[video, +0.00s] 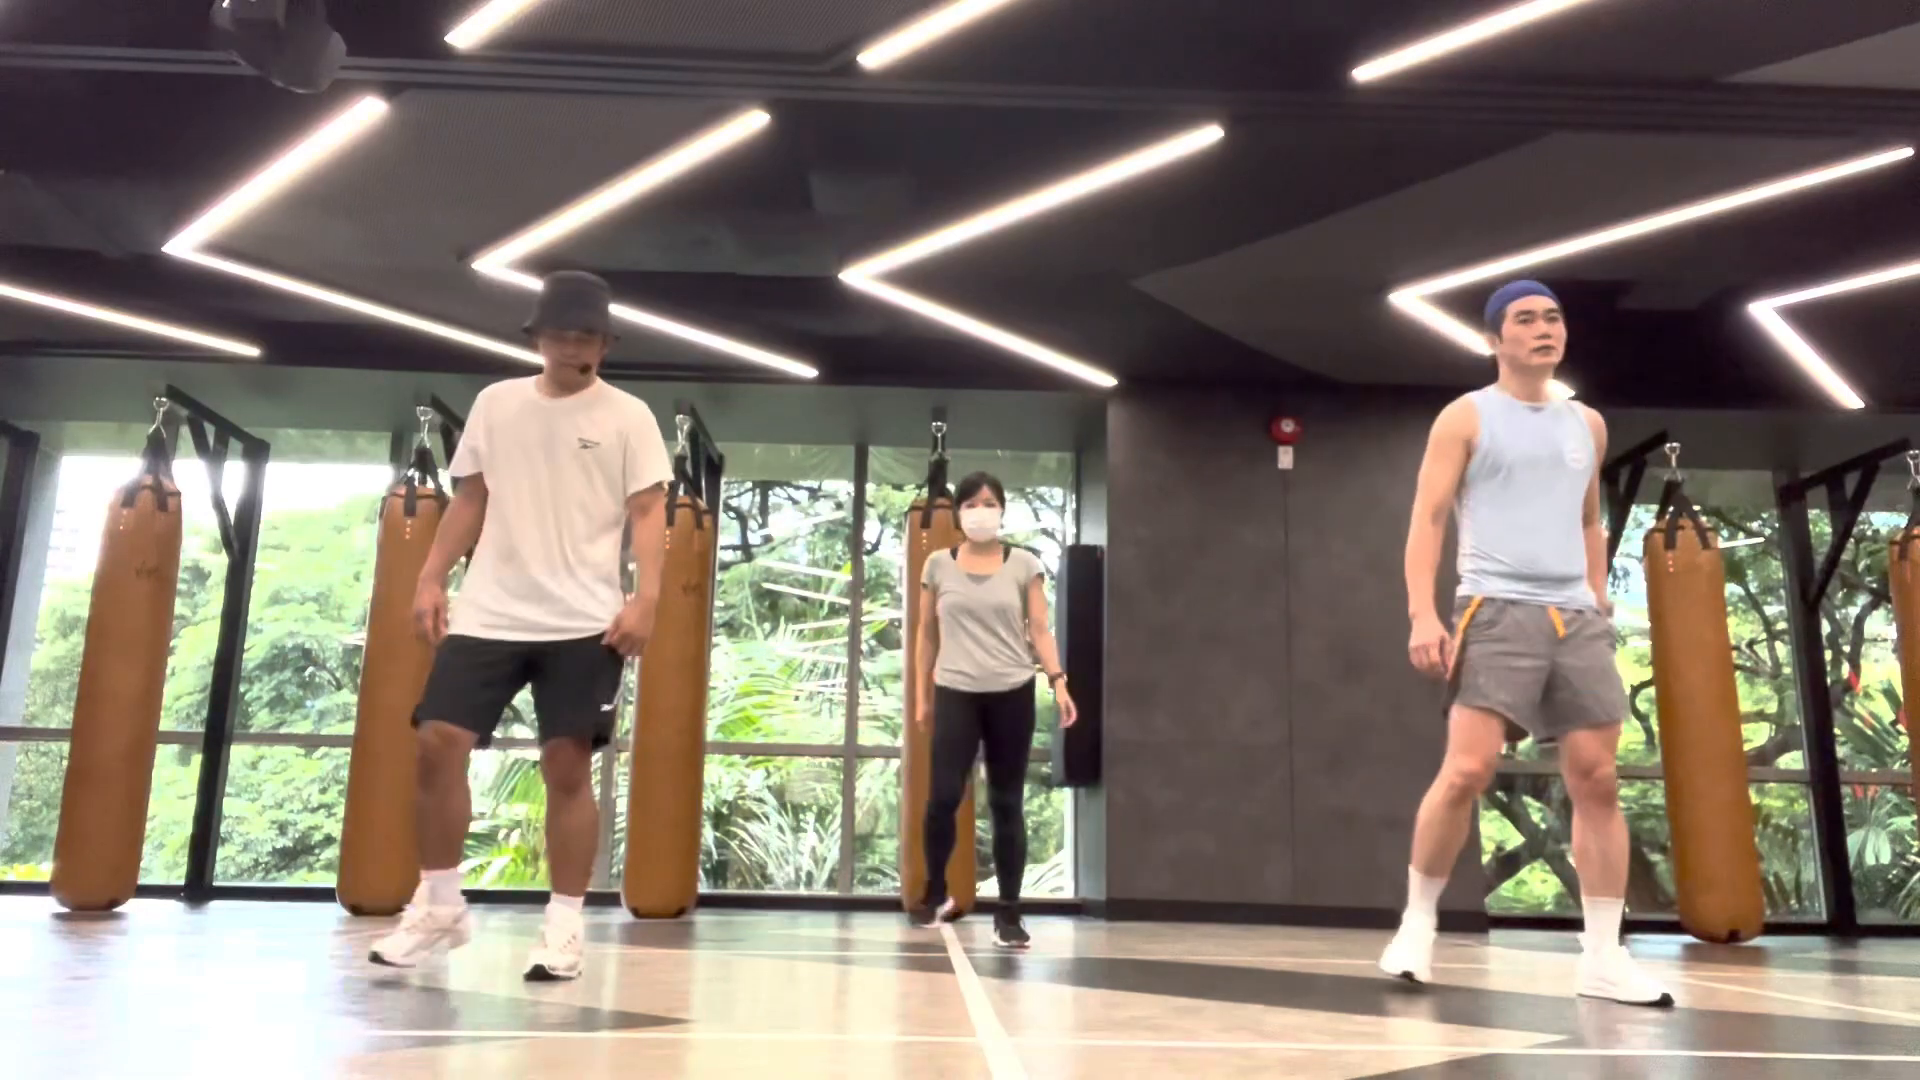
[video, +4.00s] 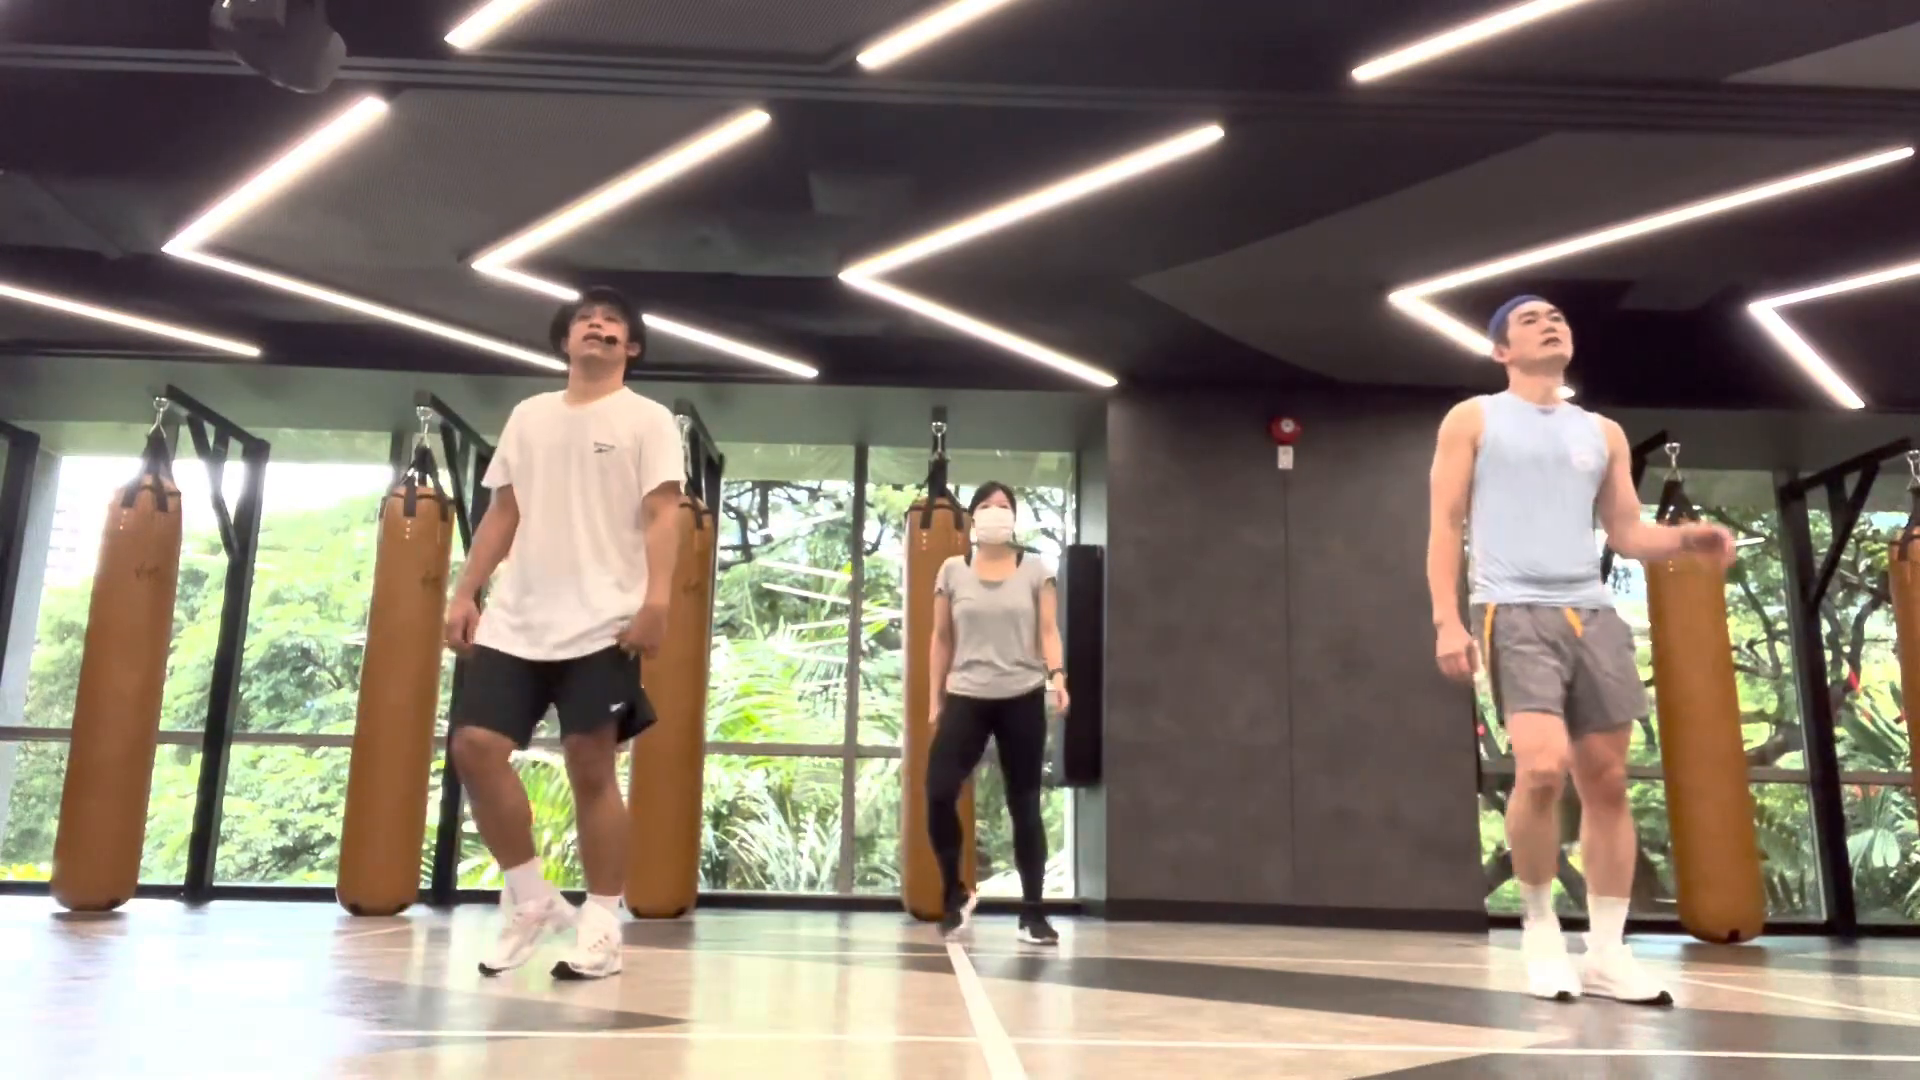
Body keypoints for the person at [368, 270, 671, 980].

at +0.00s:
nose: (575, 350)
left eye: (587, 338)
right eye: (562, 336)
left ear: (604, 339)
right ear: (537, 336)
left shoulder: (629, 416)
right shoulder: (495, 404)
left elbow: (647, 515)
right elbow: (468, 498)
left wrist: (646, 596)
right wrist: (431, 576)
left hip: (580, 621)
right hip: (488, 613)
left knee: (566, 764)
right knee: (436, 742)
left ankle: (564, 927)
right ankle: (440, 907)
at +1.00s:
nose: (472, 347)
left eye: (482, 333)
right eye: (457, 334)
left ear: (500, 335)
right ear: (431, 336)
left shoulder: (532, 406)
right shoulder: (401, 412)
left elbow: (519, 480)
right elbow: (379, 512)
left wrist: (449, 406)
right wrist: (326, 593)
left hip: (494, 621)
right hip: (406, 620)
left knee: (487, 754)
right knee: (397, 766)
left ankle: (501, 911)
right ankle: (385, 924)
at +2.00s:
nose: (591, 323)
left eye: (606, 321)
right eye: (580, 316)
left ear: (626, 349)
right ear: (557, 341)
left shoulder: (646, 422)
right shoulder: (515, 408)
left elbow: (658, 517)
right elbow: (489, 502)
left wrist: (651, 610)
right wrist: (454, 579)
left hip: (594, 625)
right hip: (505, 617)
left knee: (582, 770)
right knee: (486, 752)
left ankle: (582, 928)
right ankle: (519, 914)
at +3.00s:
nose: (460, 327)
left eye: (475, 320)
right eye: (447, 322)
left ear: (502, 341)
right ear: (432, 345)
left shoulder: (539, 405)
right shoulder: (407, 426)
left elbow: (562, 495)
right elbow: (379, 523)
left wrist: (554, 569)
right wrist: (338, 604)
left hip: (499, 616)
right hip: (412, 621)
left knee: (473, 746)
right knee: (410, 769)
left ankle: (455, 922)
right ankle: (400, 925)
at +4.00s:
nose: (599, 327)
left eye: (613, 323)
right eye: (586, 318)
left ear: (631, 349)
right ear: (563, 341)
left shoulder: (649, 420)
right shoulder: (527, 416)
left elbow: (663, 514)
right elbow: (502, 513)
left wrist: (655, 605)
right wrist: (467, 591)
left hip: (600, 622)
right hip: (513, 620)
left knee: (590, 763)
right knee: (475, 750)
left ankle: (602, 924)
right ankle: (530, 902)